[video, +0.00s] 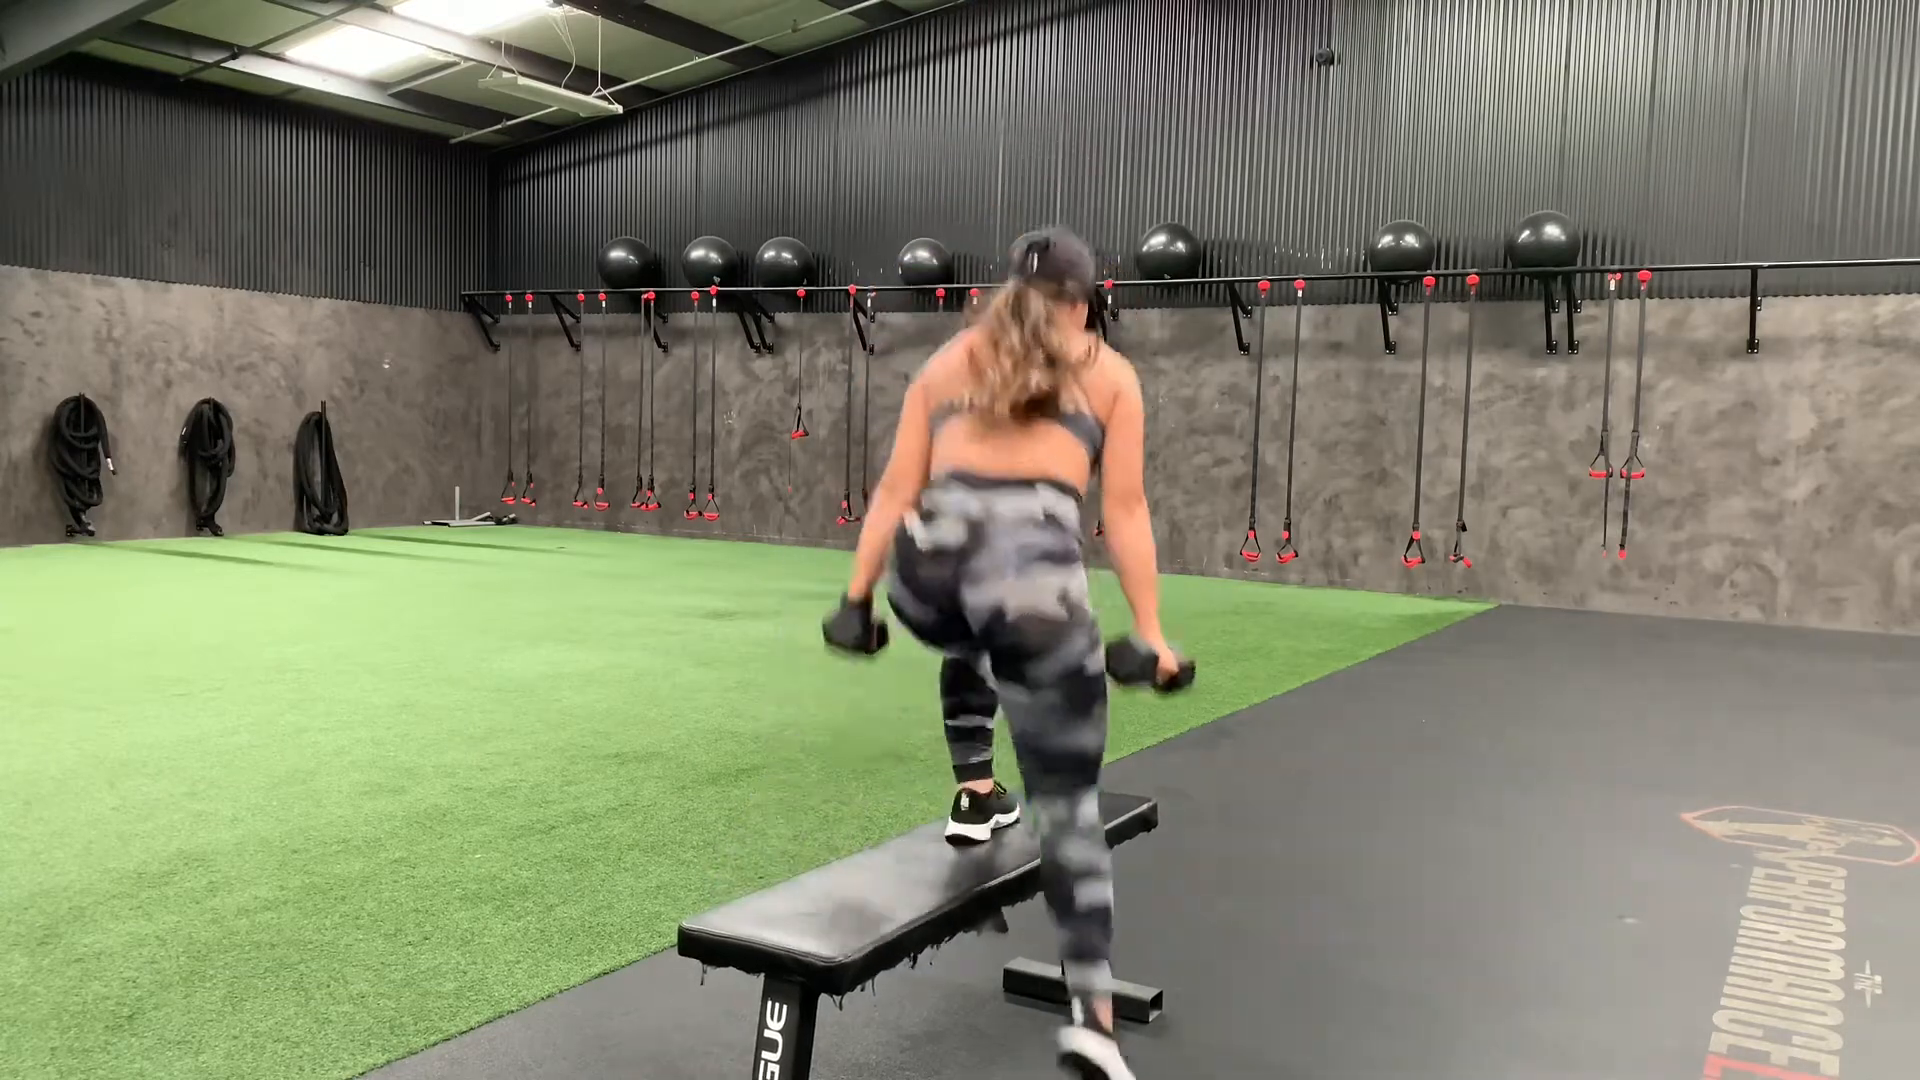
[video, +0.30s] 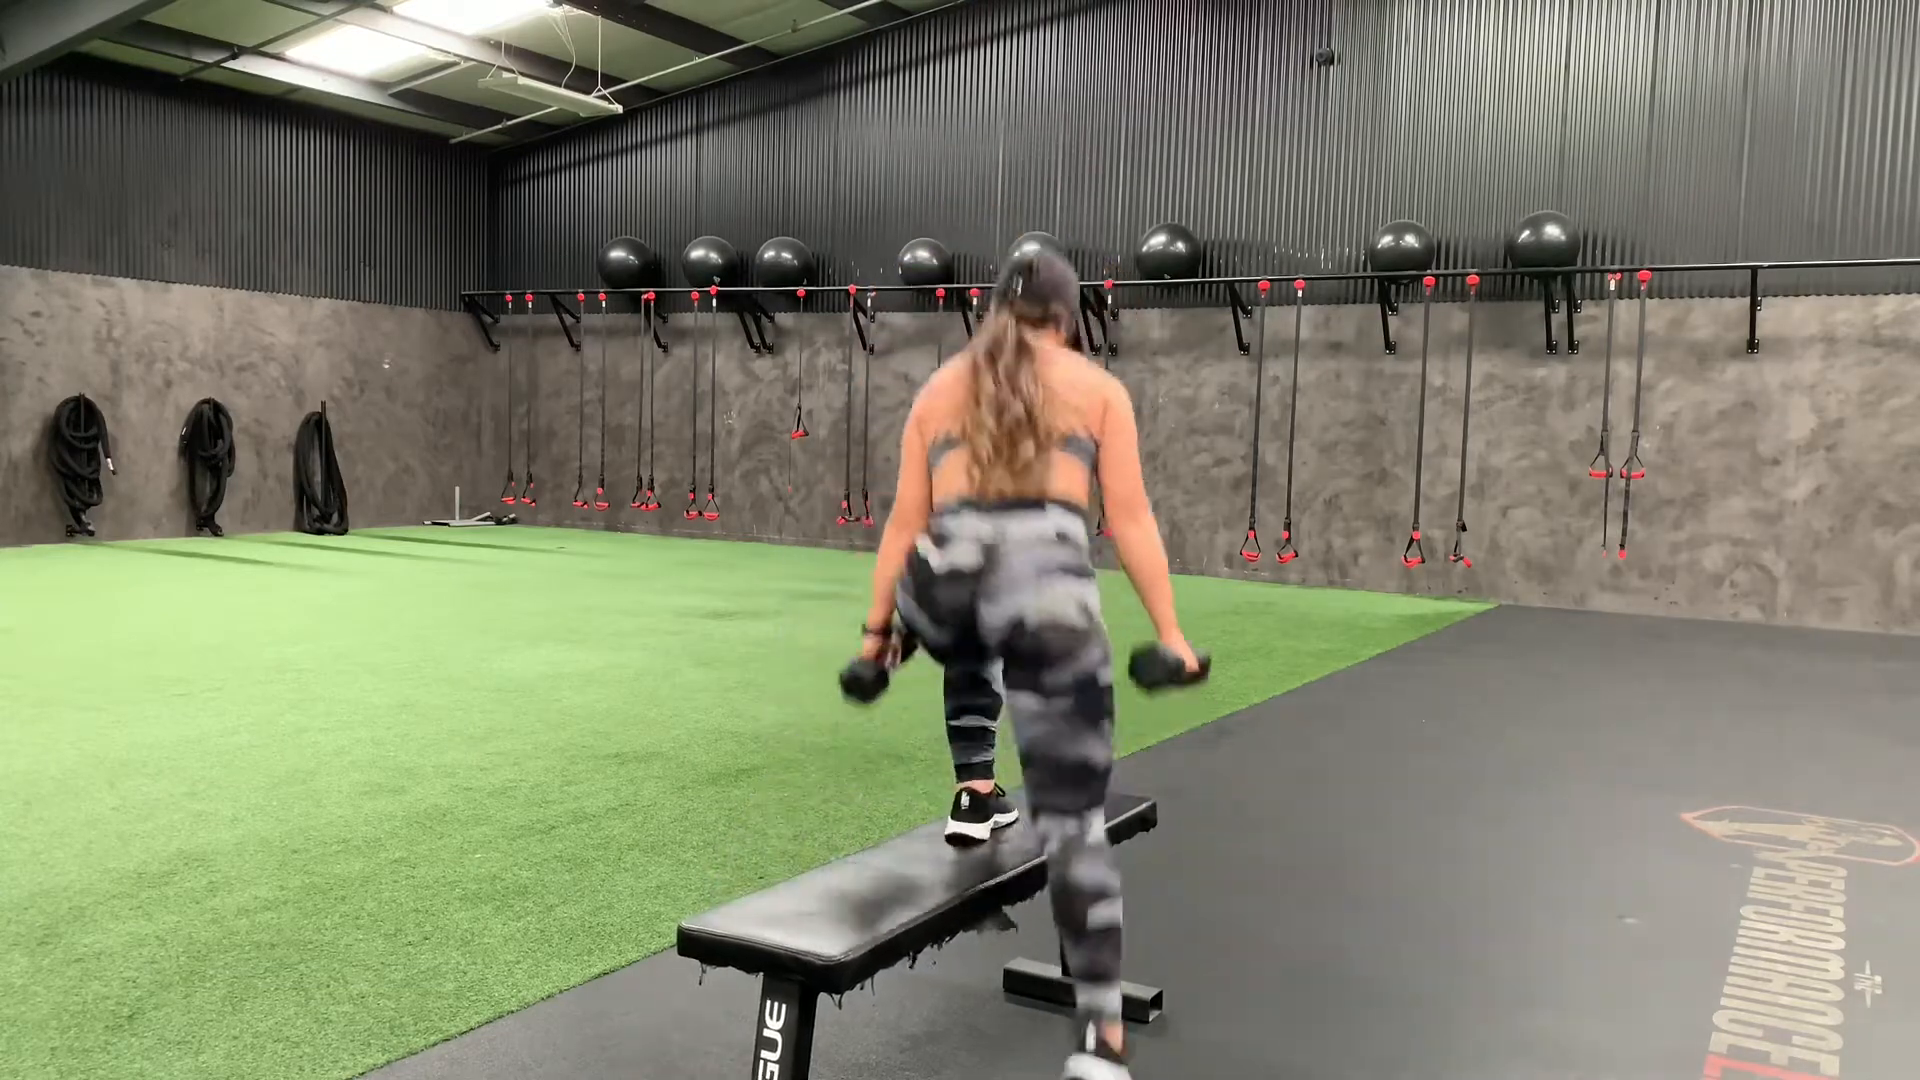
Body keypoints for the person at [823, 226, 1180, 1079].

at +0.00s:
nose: (1096, 309)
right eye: (1096, 296)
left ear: (1007, 291)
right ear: (1088, 299)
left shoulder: (949, 362)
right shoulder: (1111, 374)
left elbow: (898, 487)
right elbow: (1124, 510)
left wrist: (856, 595)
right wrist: (1150, 632)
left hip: (928, 564)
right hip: (1036, 569)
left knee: (965, 637)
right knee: (1066, 806)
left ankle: (974, 790)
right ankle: (1092, 1016)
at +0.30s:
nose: (1079, 322)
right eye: (1077, 311)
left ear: (996, 307)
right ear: (1068, 314)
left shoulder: (941, 387)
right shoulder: (1098, 388)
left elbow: (906, 520)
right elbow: (1128, 517)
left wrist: (878, 628)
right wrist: (1170, 633)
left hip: (945, 581)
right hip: (1050, 578)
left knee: (961, 637)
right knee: (1072, 812)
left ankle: (974, 788)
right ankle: (1103, 1038)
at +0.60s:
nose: (1096, 231)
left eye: (1094, 218)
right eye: (1097, 217)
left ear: (1028, 202)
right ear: (1089, 212)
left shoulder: (973, 257)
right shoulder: (1093, 275)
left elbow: (925, 372)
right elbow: (1093, 403)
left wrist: (866, 503)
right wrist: (1105, 530)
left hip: (880, 452)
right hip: (977, 451)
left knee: (952, 607)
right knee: (1063, 597)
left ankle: (851, 758)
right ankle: (1009, 776)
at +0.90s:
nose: (1063, 430)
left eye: (1064, 416)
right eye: (1064, 415)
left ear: (995, 402)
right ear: (1050, 412)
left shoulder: (942, 462)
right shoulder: (1041, 488)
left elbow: (918, 579)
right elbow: (1034, 625)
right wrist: (1044, 753)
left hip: (854, 677)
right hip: (933, 684)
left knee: (844, 867)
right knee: (1071, 643)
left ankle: (716, 1008)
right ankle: (993, 805)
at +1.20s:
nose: (1109, 261)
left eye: (1109, 250)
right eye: (1111, 249)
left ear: (1044, 229)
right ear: (1104, 242)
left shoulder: (979, 277)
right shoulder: (1109, 299)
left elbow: (929, 388)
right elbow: (1103, 434)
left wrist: (861, 526)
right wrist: (1106, 563)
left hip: (871, 481)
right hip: (968, 484)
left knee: (923, 631)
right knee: (1036, 615)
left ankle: (823, 787)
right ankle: (994, 785)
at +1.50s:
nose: (1109, 304)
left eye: (1105, 292)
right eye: (1109, 292)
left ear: (1015, 278)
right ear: (1094, 289)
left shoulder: (945, 343)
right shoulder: (1113, 361)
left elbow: (903, 463)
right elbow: (1121, 497)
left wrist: (862, 575)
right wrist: (1139, 626)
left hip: (913, 553)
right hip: (1022, 560)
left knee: (975, 636)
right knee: (1056, 783)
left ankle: (971, 795)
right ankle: (1080, 985)